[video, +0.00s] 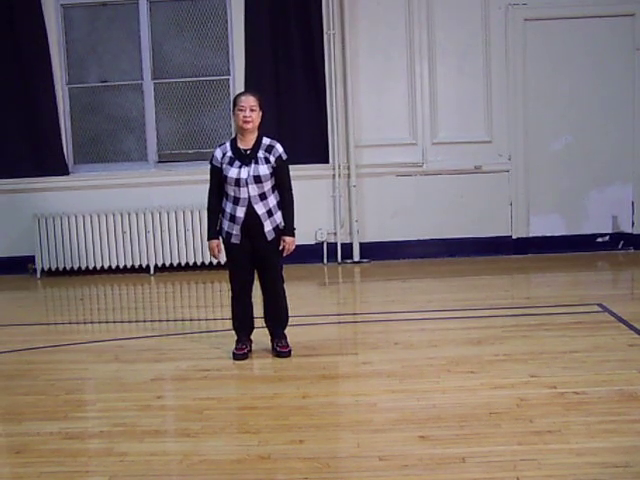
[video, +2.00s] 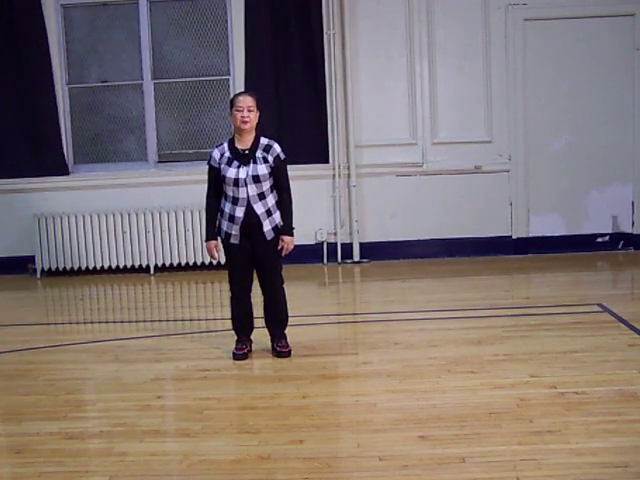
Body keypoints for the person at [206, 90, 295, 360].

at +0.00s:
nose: (247, 114)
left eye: (252, 110)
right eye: (241, 109)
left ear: (260, 114)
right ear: (233, 115)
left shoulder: (273, 150)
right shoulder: (221, 154)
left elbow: (286, 192)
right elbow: (214, 196)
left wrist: (289, 230)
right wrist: (213, 234)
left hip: (268, 230)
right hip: (235, 232)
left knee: (273, 285)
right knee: (240, 288)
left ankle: (278, 335)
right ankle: (243, 337)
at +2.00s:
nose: (244, 115)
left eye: (249, 110)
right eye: (239, 110)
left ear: (258, 115)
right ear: (231, 115)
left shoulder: (271, 150)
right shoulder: (219, 154)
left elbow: (284, 192)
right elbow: (213, 197)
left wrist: (287, 230)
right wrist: (211, 234)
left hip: (267, 230)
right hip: (234, 232)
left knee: (273, 285)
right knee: (239, 288)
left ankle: (279, 335)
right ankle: (243, 338)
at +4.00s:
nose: (243, 114)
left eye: (248, 110)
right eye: (237, 110)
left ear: (256, 114)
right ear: (230, 115)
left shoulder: (270, 149)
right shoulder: (219, 155)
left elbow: (283, 192)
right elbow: (212, 197)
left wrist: (286, 230)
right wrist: (211, 234)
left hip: (267, 230)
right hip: (233, 233)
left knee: (272, 285)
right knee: (239, 288)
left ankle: (278, 336)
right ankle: (243, 338)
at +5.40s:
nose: (241, 114)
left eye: (246, 109)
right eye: (235, 109)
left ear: (254, 115)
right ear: (227, 115)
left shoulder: (268, 149)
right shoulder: (217, 155)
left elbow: (282, 192)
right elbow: (211, 197)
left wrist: (285, 229)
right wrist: (210, 234)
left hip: (266, 231)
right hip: (232, 233)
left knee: (272, 285)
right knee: (239, 289)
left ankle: (279, 335)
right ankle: (243, 338)